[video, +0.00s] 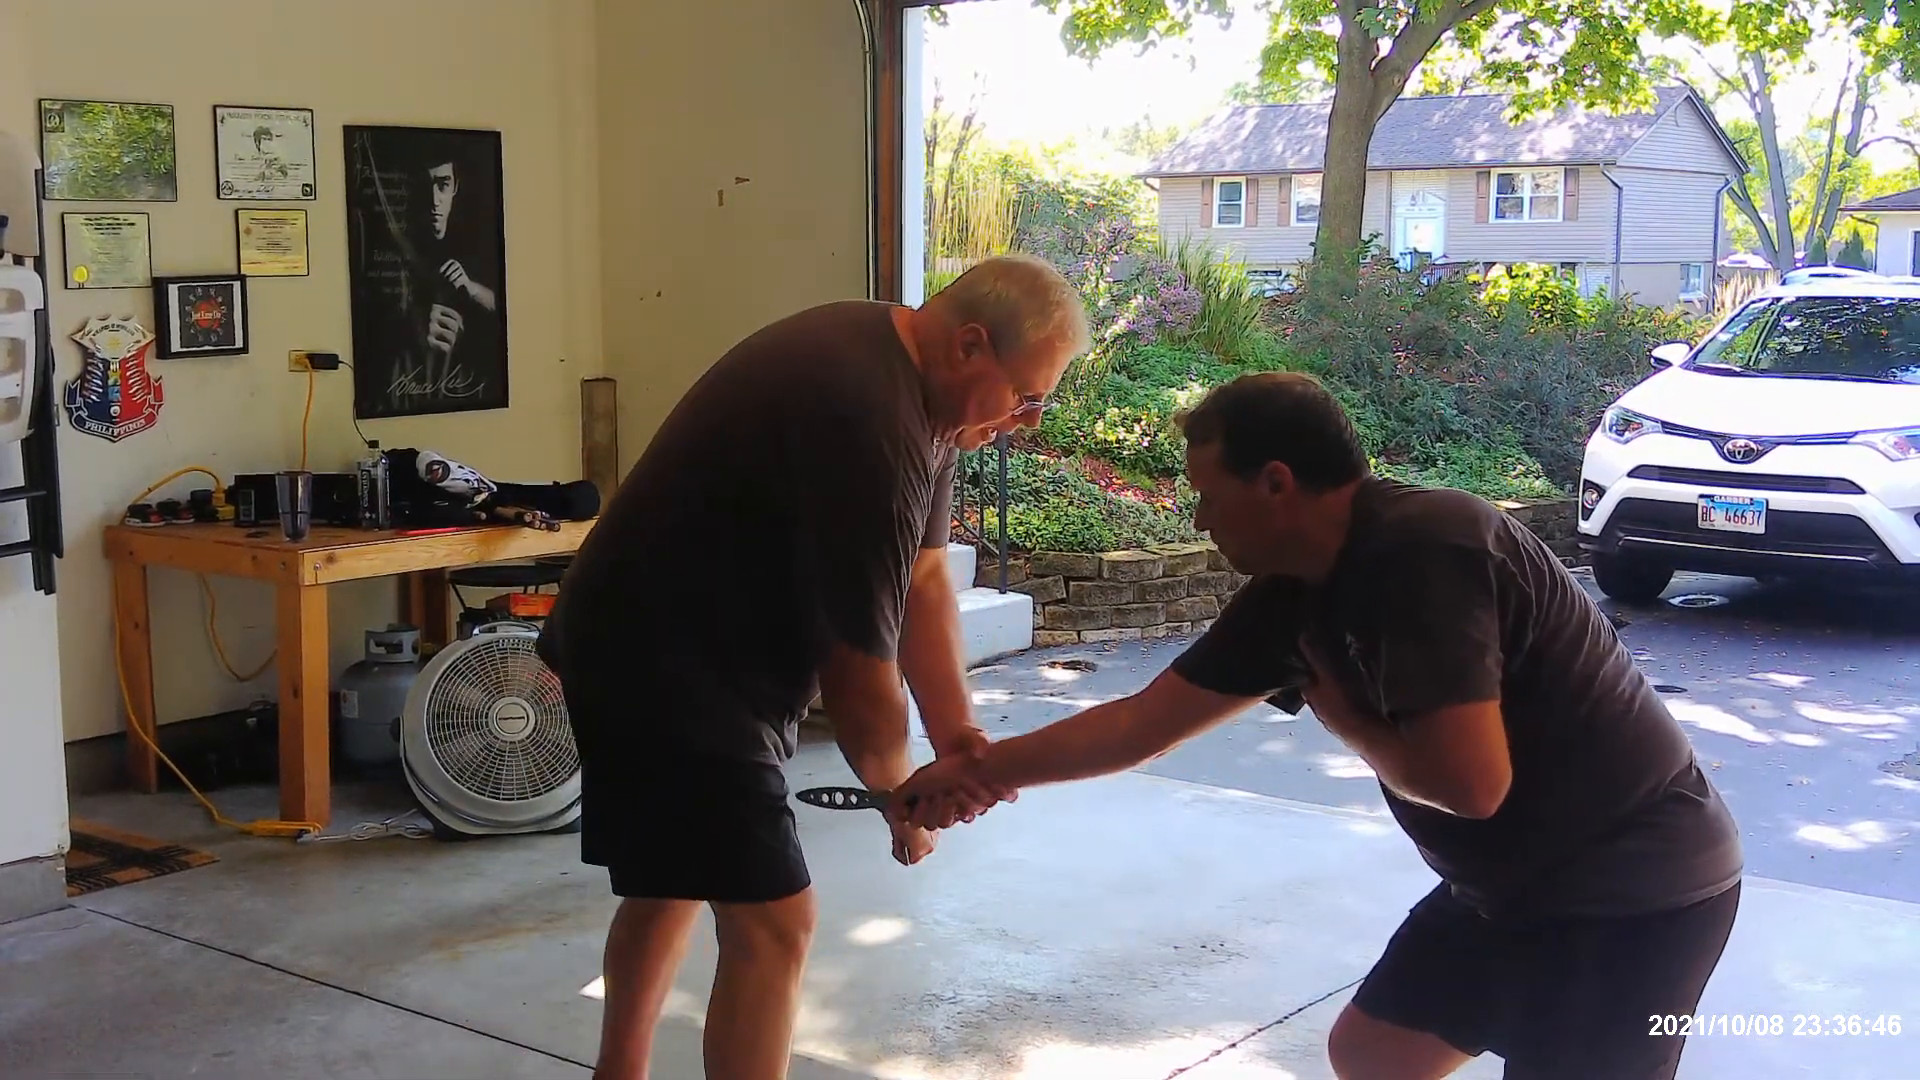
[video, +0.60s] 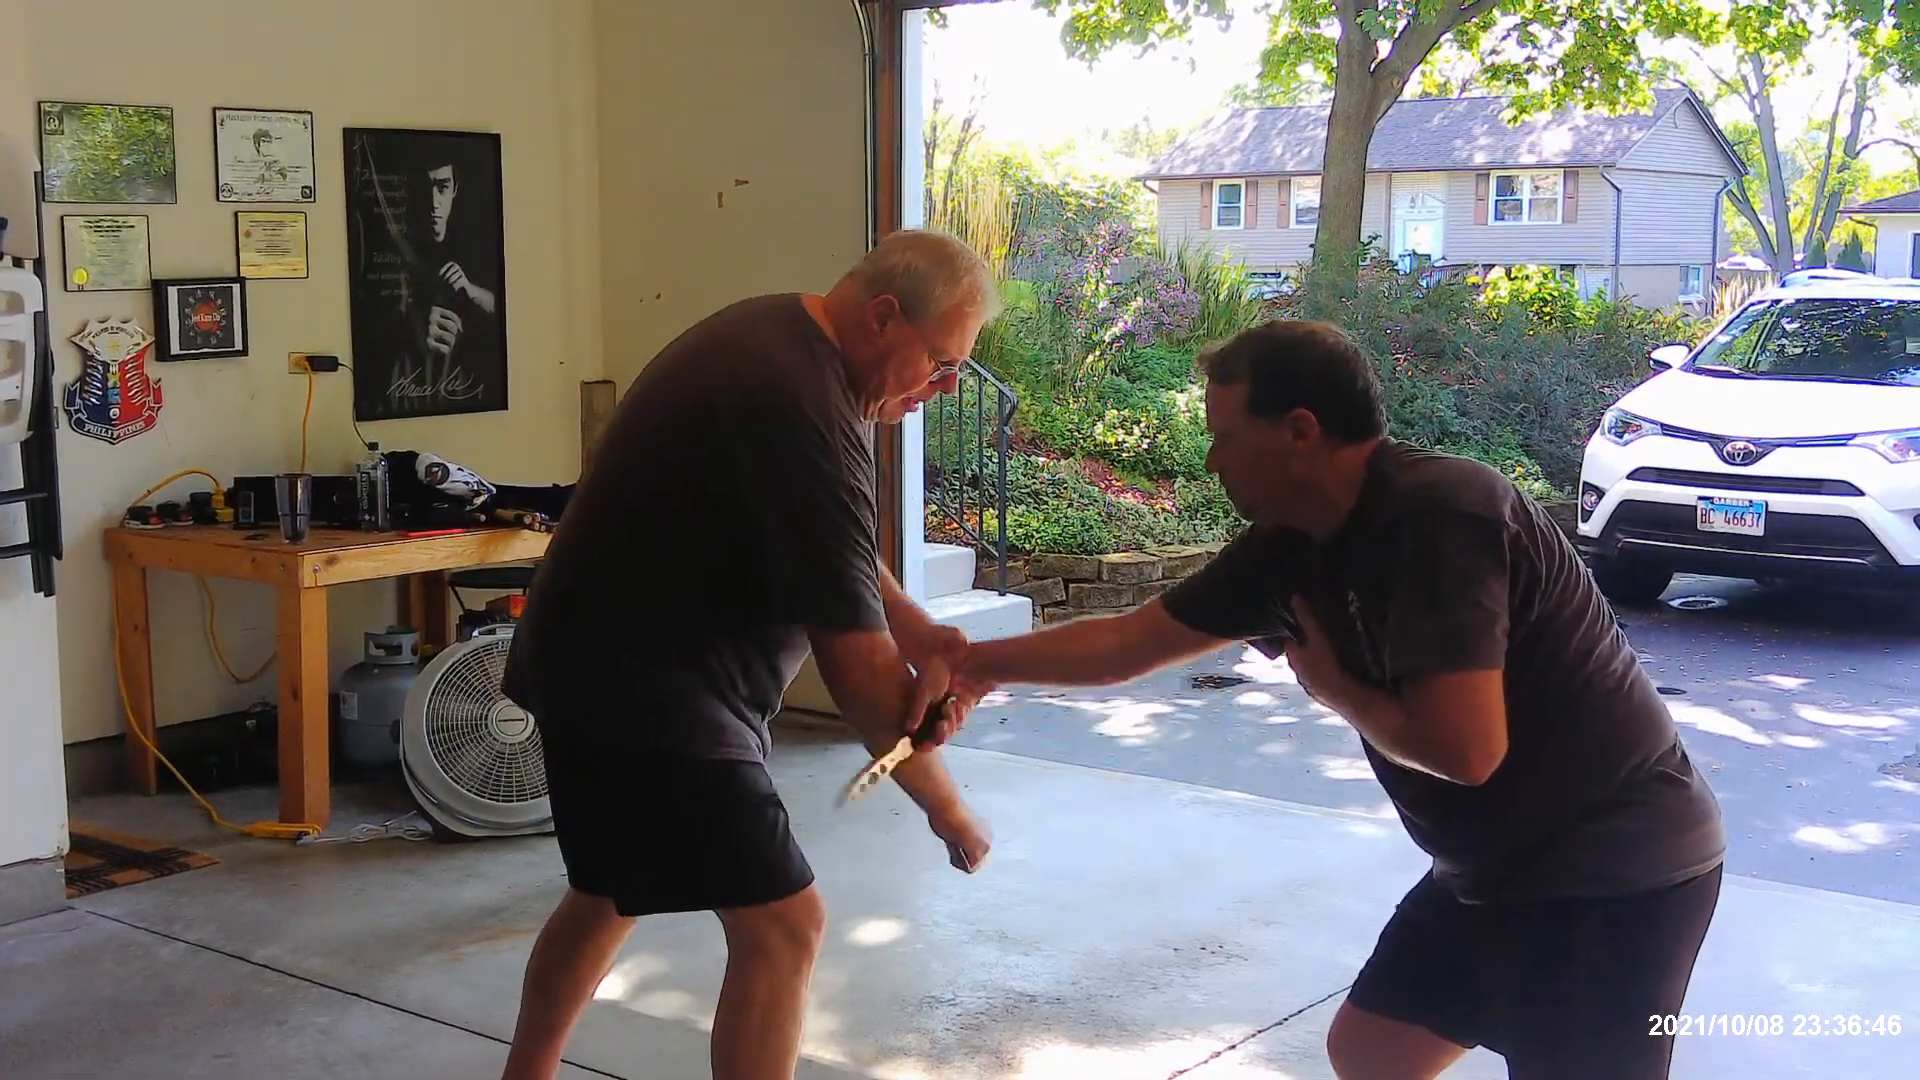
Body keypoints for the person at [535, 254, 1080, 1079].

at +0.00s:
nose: (1018, 420)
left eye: (1032, 404)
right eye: (1022, 397)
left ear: (965, 341)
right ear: (967, 346)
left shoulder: (903, 377)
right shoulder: (874, 419)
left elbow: (925, 577)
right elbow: (857, 672)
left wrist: (959, 740)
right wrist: (902, 795)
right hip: (670, 663)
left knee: (663, 881)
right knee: (773, 924)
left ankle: (618, 1068)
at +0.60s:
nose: (941, 385)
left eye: (952, 369)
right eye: (942, 360)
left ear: (875, 310)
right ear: (881, 316)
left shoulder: (773, 338)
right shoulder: (809, 412)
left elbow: (827, 535)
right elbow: (860, 668)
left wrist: (917, 630)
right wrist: (942, 801)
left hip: (583, 662)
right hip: (654, 687)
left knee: (603, 890)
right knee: (781, 925)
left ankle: (526, 1071)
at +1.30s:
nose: (904, 270)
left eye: (904, 248)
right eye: (889, 244)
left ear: (805, 234)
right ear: (810, 231)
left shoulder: (730, 308)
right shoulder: (757, 333)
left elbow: (803, 510)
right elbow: (815, 519)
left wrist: (952, 574)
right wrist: (1021, 595)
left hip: (636, 686)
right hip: (692, 700)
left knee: (633, 892)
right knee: (804, 930)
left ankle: (537, 1069)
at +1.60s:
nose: (893, 224)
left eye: (892, 201)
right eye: (873, 202)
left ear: (806, 204)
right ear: (796, 200)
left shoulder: (794, 312)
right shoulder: (745, 335)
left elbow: (818, 519)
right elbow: (789, 568)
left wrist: (872, 598)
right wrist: (978, 527)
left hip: (785, 666)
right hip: (726, 687)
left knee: (836, 867)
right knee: (814, 936)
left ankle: (679, 1057)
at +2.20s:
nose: (992, 219)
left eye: (991, 197)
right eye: (983, 194)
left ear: (891, 197)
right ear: (924, 193)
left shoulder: (809, 307)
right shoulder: (936, 328)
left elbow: (830, 504)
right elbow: (1021, 546)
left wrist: (1003, 557)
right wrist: (1069, 560)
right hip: (909, 693)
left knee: (1002, 868)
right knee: (900, 952)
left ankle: (1019, 1071)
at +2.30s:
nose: (1024, 220)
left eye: (1024, 199)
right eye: (1016, 198)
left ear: (913, 201)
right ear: (961, 202)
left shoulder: (822, 308)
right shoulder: (954, 325)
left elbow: (839, 511)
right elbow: (1033, 546)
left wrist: (991, 596)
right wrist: (1082, 582)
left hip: (834, 654)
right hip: (910, 676)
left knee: (988, 866)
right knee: (888, 937)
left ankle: (1015, 1072)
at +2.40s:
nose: (1047, 242)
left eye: (1050, 219)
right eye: (1042, 216)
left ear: (955, 209)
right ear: (990, 210)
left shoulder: (842, 303)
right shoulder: (968, 331)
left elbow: (851, 499)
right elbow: (1045, 565)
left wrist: (1001, 562)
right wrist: (1065, 602)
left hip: (825, 656)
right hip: (902, 676)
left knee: (978, 867)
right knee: (880, 938)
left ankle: (1012, 1073)